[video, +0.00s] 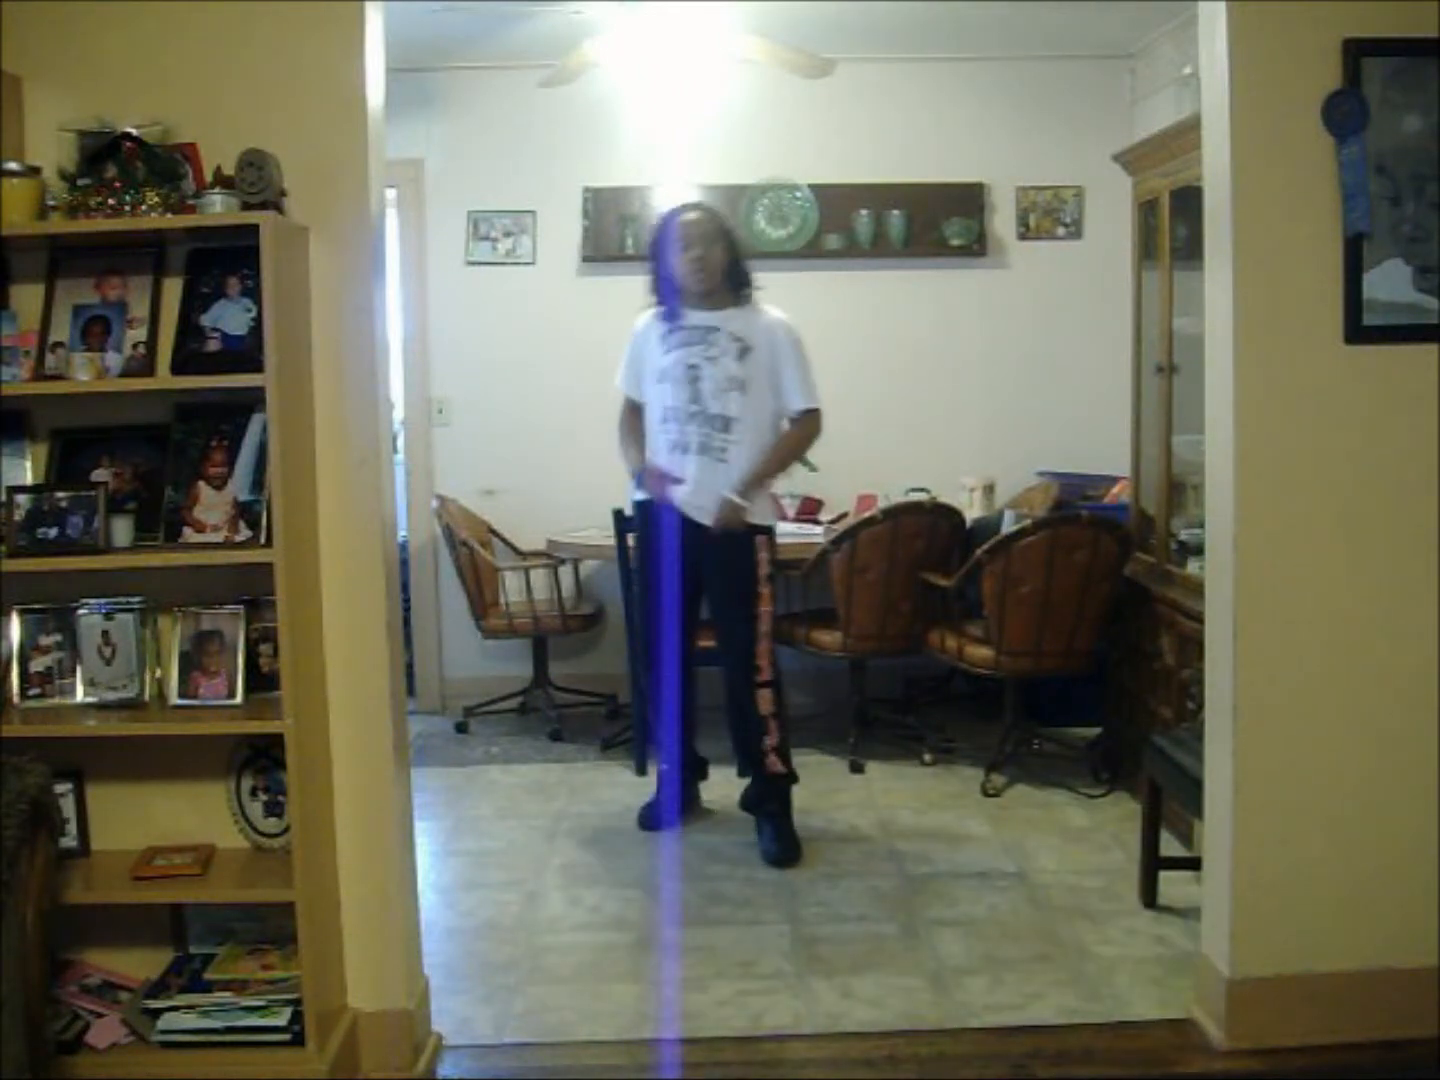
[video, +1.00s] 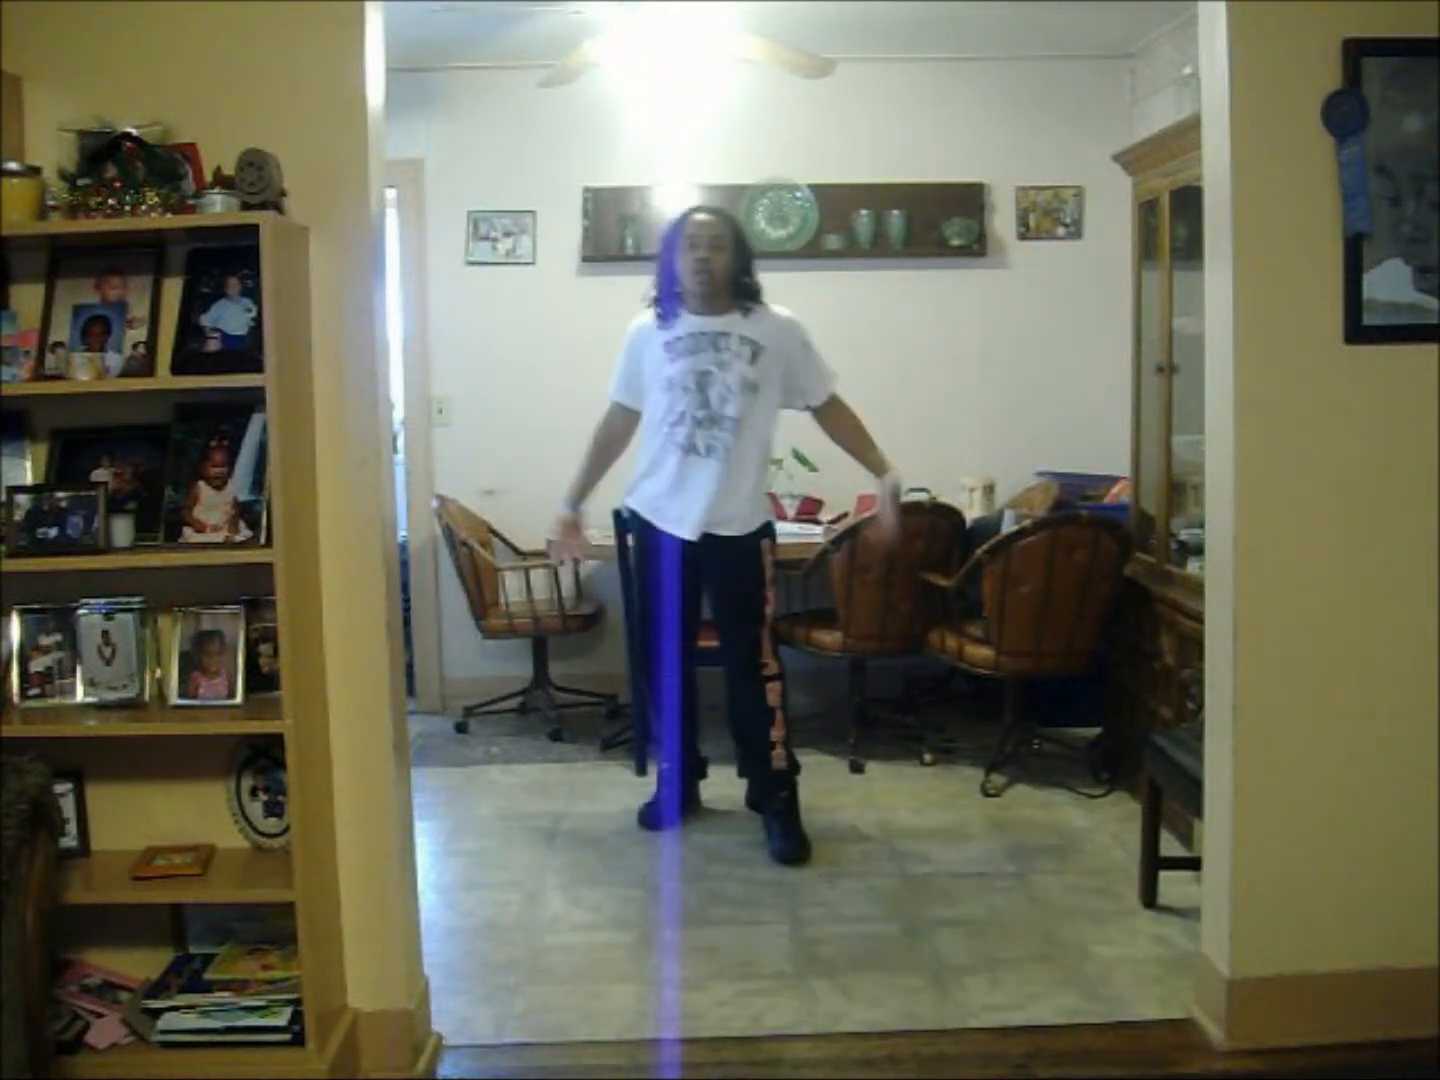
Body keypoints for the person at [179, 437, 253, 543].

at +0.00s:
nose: (219, 472)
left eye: (224, 466)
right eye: (214, 466)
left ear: (230, 469)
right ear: (204, 468)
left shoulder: (232, 488)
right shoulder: (200, 487)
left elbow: (236, 510)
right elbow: (187, 511)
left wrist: (232, 531)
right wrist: (200, 525)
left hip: (225, 532)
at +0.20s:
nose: (219, 471)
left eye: (224, 466)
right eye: (214, 466)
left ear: (230, 469)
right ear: (204, 468)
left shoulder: (231, 488)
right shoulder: (200, 487)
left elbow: (236, 511)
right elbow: (186, 511)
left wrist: (232, 531)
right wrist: (200, 526)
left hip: (225, 533)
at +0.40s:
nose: (219, 471)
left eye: (223, 466)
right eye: (214, 466)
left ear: (230, 469)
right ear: (204, 468)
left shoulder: (231, 488)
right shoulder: (200, 487)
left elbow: (236, 511)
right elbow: (187, 511)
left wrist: (232, 531)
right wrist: (200, 526)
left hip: (225, 533)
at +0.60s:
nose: (219, 471)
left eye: (223, 466)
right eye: (213, 466)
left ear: (230, 469)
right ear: (204, 468)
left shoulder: (232, 488)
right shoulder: (200, 487)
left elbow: (236, 511)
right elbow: (187, 511)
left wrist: (232, 532)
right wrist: (200, 526)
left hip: (225, 533)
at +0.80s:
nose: (219, 471)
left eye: (223, 466)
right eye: (213, 466)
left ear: (230, 469)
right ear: (203, 468)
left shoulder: (232, 488)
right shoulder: (200, 488)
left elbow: (237, 510)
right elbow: (186, 511)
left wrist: (232, 531)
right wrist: (202, 527)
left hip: (225, 534)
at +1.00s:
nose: (219, 471)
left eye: (223, 466)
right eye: (213, 466)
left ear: (230, 469)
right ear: (204, 468)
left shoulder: (232, 488)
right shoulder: (200, 487)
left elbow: (237, 511)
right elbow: (186, 511)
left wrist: (232, 531)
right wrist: (201, 526)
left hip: (225, 534)